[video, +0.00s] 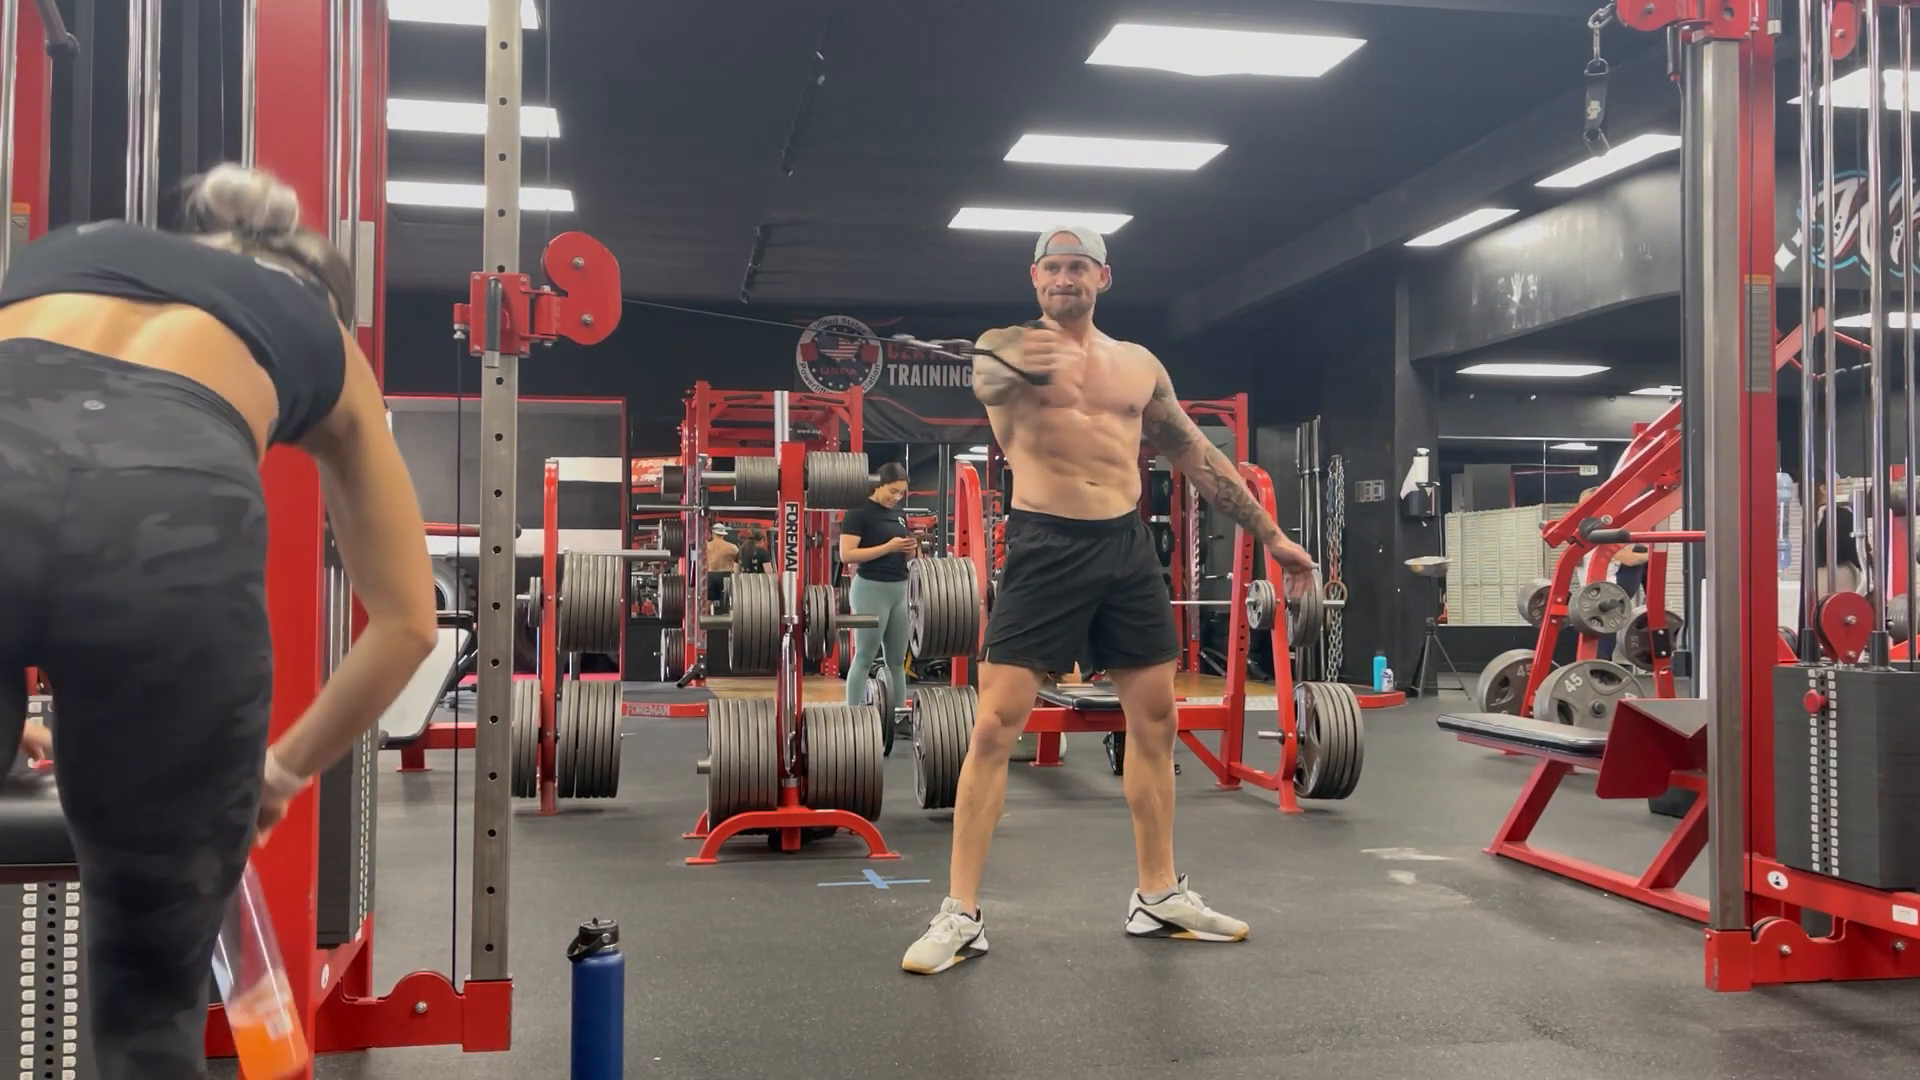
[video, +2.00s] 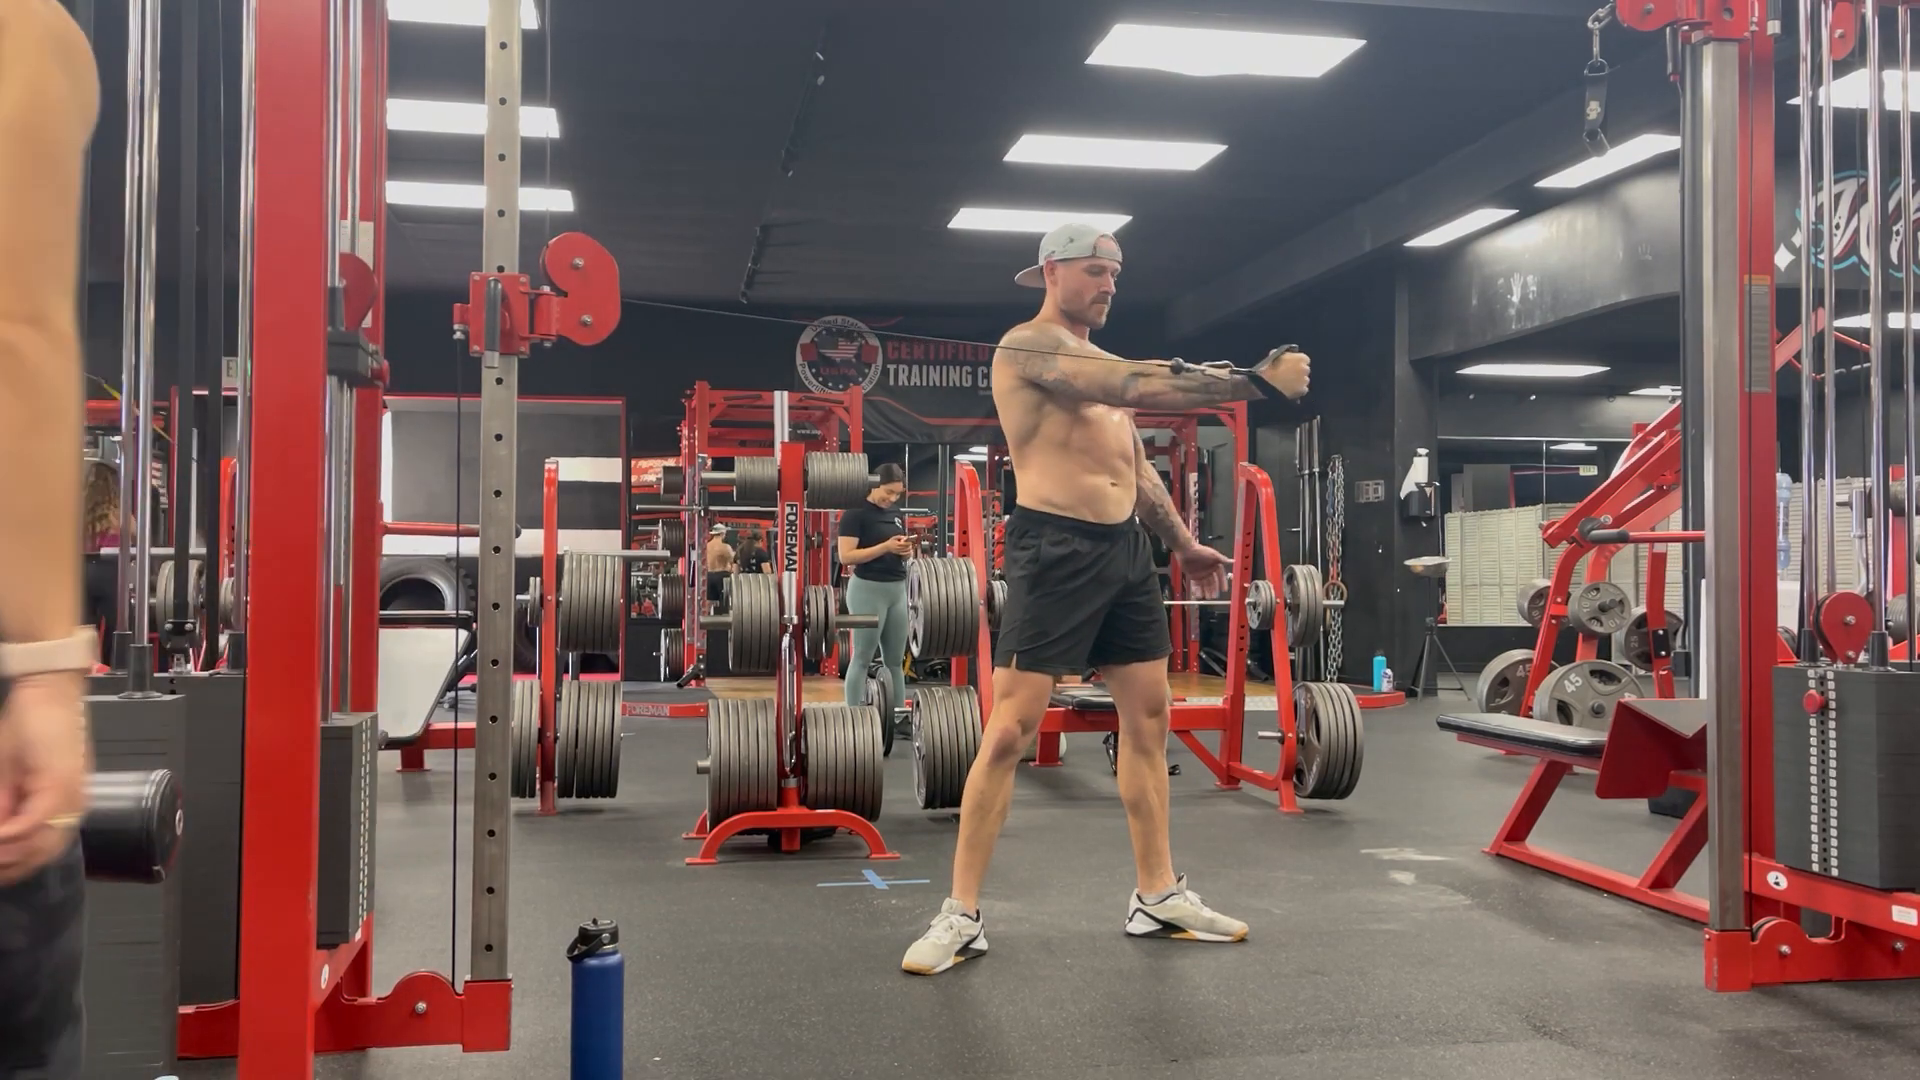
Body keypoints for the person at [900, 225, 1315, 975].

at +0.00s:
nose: (1065, 278)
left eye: (1079, 266)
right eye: (1053, 267)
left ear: (1104, 279)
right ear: (1034, 278)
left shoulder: (1140, 365)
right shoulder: (1005, 346)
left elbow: (1203, 460)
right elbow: (988, 383)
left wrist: (1272, 536)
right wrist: (1021, 365)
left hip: (1129, 551)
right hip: (1042, 552)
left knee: (1156, 719)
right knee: (993, 725)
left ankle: (1158, 894)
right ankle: (960, 910)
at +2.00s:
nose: (1108, 282)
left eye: (1113, 272)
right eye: (1094, 267)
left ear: (1109, 285)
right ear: (1049, 273)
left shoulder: (1108, 368)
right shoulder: (1024, 345)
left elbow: (1138, 472)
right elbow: (1126, 382)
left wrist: (1184, 544)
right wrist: (1256, 379)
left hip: (1127, 553)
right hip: (1053, 550)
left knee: (1148, 723)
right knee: (1007, 735)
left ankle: (1157, 894)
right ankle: (961, 911)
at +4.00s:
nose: (1127, 289)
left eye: (1128, 277)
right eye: (1118, 275)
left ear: (1081, 277)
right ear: (1075, 274)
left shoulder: (1087, 348)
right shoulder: (1064, 340)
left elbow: (1172, 397)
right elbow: (1175, 393)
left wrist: (1257, 396)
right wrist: (1274, 397)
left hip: (1112, 555)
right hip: (1052, 550)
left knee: (1144, 720)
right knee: (1013, 737)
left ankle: (1158, 894)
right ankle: (960, 911)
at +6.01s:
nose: (1095, 283)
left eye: (1105, 273)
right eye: (1081, 269)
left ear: (1112, 288)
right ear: (1044, 277)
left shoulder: (1121, 374)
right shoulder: (1009, 347)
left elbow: (1156, 475)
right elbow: (1061, 390)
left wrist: (1210, 556)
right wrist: (1173, 385)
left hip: (1118, 553)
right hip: (1038, 549)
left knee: (1154, 717)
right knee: (994, 731)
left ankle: (1159, 894)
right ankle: (959, 910)